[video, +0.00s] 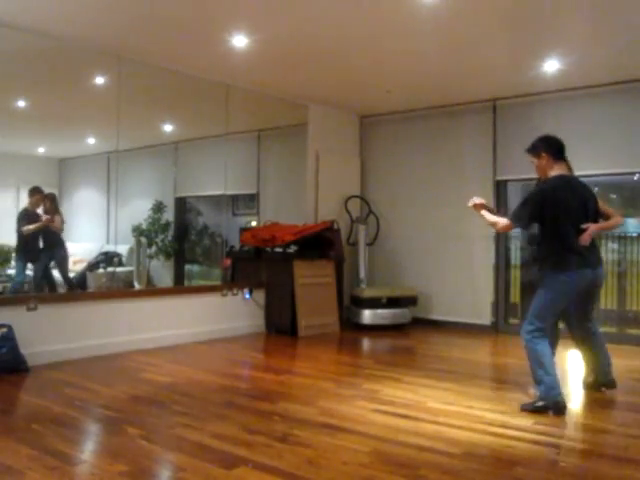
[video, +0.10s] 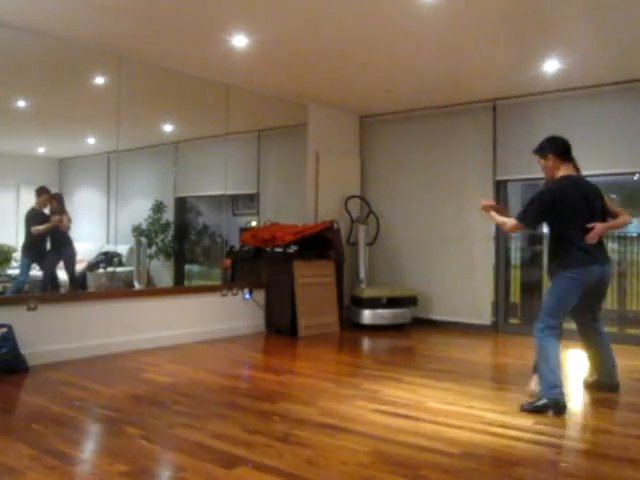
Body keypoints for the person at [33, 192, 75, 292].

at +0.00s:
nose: (44, 205)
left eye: (47, 202)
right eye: (44, 202)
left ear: (52, 203)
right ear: (43, 203)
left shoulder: (56, 215)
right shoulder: (43, 215)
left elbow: (59, 228)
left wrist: (48, 223)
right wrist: (42, 223)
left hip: (58, 246)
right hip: (47, 247)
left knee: (64, 273)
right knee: (39, 270)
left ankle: (74, 292)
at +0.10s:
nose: (51, 205)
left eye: (53, 202)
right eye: (50, 202)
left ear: (59, 203)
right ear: (50, 203)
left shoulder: (64, 214)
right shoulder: (51, 215)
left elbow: (66, 227)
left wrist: (57, 223)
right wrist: (53, 223)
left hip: (66, 246)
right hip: (55, 246)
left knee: (70, 269)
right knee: (48, 266)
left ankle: (74, 290)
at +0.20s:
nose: (57, 204)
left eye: (59, 201)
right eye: (57, 201)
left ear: (64, 202)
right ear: (56, 202)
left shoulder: (70, 213)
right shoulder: (55, 214)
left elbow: (73, 228)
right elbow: (52, 228)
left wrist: (65, 221)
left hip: (72, 244)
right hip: (60, 244)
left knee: (75, 271)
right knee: (55, 269)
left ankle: (78, 292)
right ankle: (57, 293)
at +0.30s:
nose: (61, 203)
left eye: (63, 201)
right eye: (60, 201)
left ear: (68, 201)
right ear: (58, 201)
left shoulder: (74, 212)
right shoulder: (58, 214)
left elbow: (81, 227)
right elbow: (54, 228)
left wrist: (70, 220)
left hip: (75, 243)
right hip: (63, 244)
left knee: (77, 270)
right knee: (60, 269)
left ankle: (79, 289)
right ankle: (63, 290)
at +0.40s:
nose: (64, 203)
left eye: (67, 201)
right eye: (63, 200)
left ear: (71, 201)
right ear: (61, 201)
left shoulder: (76, 212)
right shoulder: (59, 214)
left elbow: (85, 227)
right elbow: (57, 228)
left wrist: (79, 221)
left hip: (77, 244)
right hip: (65, 245)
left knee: (78, 269)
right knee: (67, 269)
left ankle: (81, 290)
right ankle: (72, 290)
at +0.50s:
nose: (66, 203)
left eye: (68, 201)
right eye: (64, 201)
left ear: (73, 201)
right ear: (62, 201)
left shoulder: (77, 212)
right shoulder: (61, 214)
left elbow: (87, 227)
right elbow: (59, 228)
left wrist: (82, 221)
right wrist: (76, 223)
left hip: (78, 242)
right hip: (66, 244)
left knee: (78, 267)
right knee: (71, 268)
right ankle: (80, 289)